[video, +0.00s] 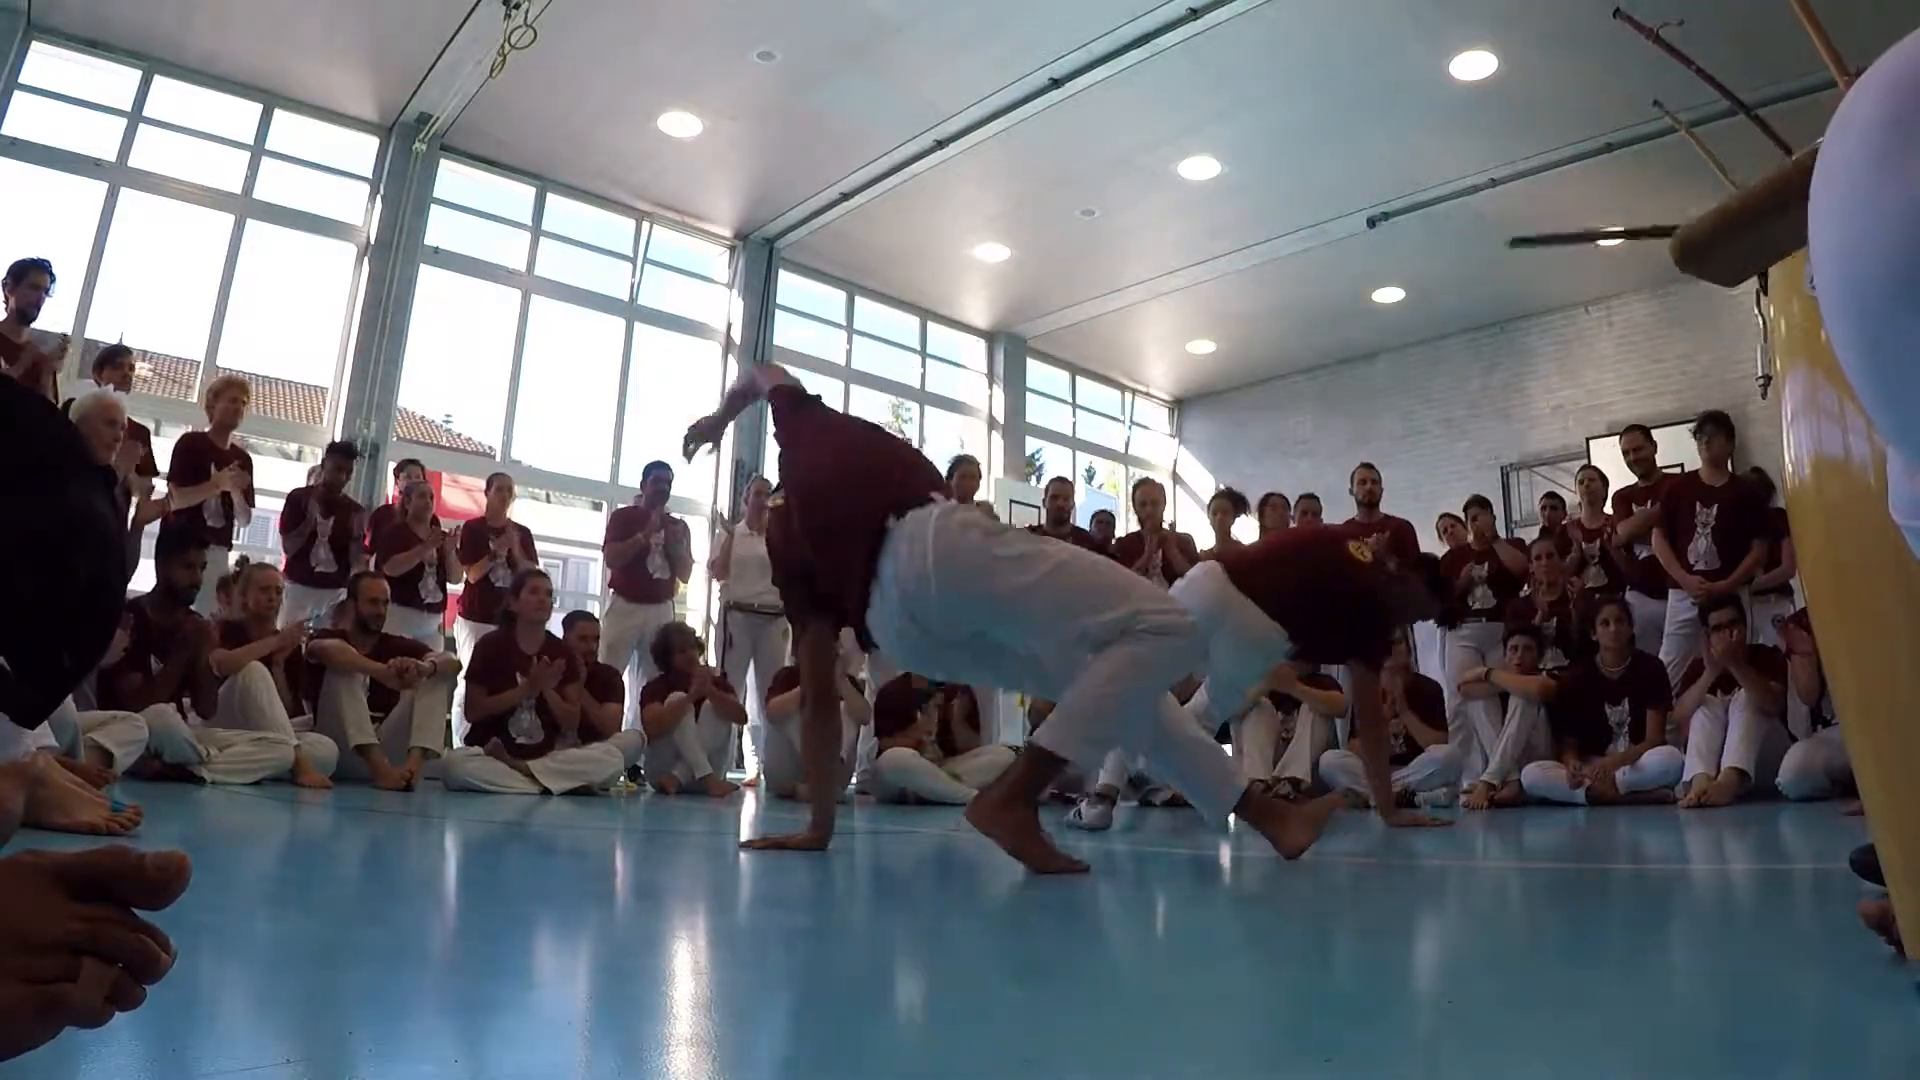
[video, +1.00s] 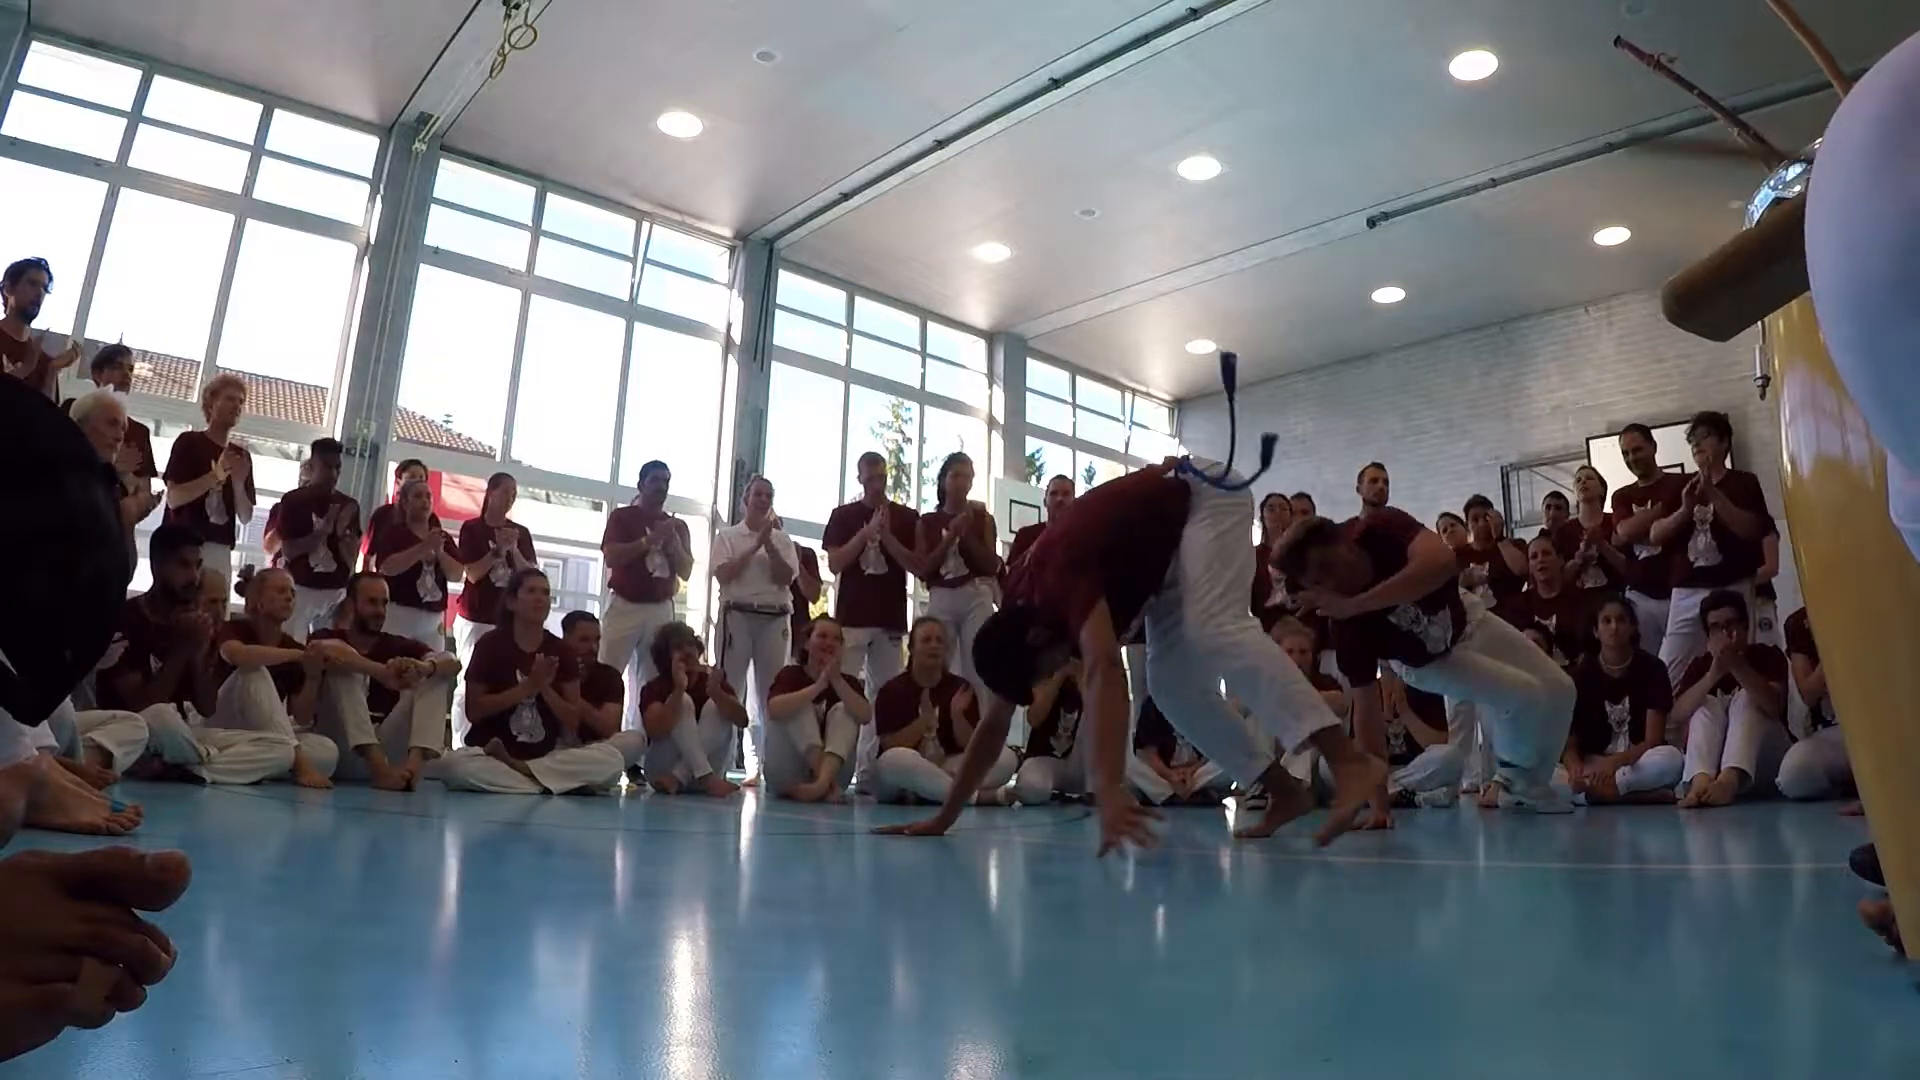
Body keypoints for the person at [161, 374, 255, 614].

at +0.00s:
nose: (239, 408)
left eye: (243, 403)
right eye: (232, 400)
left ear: (246, 410)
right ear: (211, 406)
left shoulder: (243, 458)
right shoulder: (189, 442)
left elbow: (245, 519)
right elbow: (176, 500)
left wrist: (236, 491)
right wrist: (217, 483)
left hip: (218, 550)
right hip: (180, 545)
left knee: (208, 621)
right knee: (171, 615)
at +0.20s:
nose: (239, 405)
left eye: (242, 401)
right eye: (232, 398)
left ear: (245, 409)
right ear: (212, 403)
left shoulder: (242, 456)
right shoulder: (190, 440)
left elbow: (246, 516)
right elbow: (176, 498)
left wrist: (232, 489)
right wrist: (218, 480)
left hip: (219, 547)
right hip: (181, 544)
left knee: (207, 618)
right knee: (172, 612)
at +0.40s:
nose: (240, 405)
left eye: (243, 401)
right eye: (233, 398)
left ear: (245, 408)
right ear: (212, 404)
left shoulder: (243, 456)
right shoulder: (190, 441)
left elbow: (246, 517)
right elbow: (175, 498)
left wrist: (243, 486)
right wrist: (217, 478)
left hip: (219, 549)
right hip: (180, 546)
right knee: (173, 616)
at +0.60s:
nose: (239, 406)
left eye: (243, 402)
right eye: (233, 399)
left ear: (245, 409)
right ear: (213, 403)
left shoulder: (242, 457)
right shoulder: (189, 442)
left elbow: (246, 517)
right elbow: (176, 500)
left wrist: (232, 490)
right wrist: (221, 479)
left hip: (220, 548)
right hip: (183, 544)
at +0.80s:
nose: (239, 405)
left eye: (242, 400)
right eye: (232, 398)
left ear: (244, 407)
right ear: (212, 401)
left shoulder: (243, 456)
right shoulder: (188, 441)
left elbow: (246, 517)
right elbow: (174, 497)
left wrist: (239, 483)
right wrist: (216, 476)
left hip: (219, 548)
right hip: (182, 544)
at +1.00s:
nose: (237, 406)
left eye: (241, 401)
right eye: (230, 399)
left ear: (243, 408)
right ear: (210, 402)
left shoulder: (241, 456)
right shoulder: (188, 441)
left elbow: (245, 516)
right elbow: (174, 499)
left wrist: (239, 482)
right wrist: (213, 478)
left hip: (219, 549)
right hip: (183, 545)